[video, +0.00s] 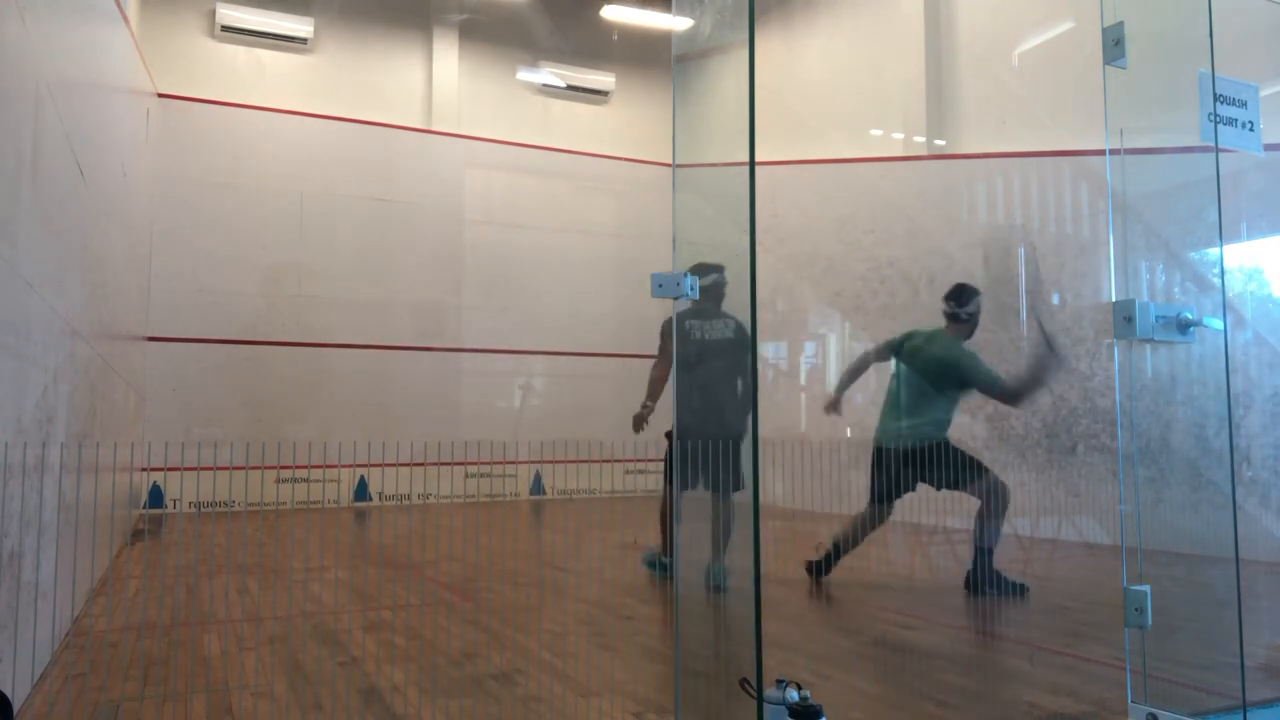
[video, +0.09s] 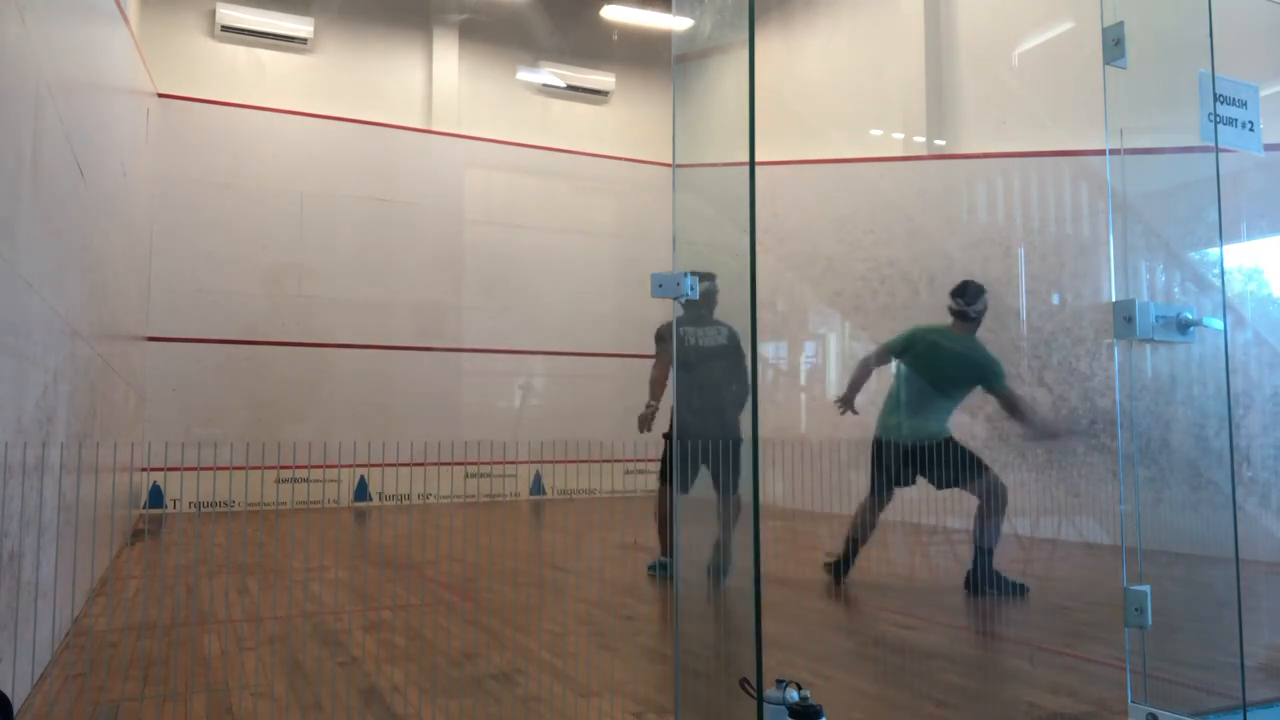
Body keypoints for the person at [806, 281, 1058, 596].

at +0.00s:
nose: (978, 323)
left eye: (976, 316)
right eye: (977, 317)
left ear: (946, 313)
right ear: (973, 319)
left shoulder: (913, 339)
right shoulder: (959, 357)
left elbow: (868, 357)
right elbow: (1012, 396)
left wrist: (837, 394)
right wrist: (1044, 367)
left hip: (889, 448)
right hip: (927, 450)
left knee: (877, 512)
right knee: (996, 494)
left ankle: (823, 562)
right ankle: (982, 573)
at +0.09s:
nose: (984, 312)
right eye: (984, 308)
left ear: (951, 308)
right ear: (982, 313)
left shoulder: (918, 336)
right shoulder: (981, 360)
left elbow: (869, 361)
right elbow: (1014, 408)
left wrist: (849, 395)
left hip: (889, 441)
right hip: (932, 444)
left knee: (876, 497)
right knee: (994, 492)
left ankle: (843, 563)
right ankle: (982, 573)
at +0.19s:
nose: (948, 303)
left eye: (947, 298)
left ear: (945, 301)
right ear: (975, 307)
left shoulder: (917, 329)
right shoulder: (979, 350)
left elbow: (867, 355)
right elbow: (973, 407)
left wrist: (848, 396)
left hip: (894, 437)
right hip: (941, 439)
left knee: (872, 492)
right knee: (994, 492)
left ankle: (856, 563)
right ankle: (986, 572)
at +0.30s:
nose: (927, 294)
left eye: (927, 288)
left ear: (926, 292)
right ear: (957, 297)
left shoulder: (905, 323)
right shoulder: (967, 339)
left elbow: (867, 348)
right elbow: (957, 388)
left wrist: (845, 393)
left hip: (893, 433)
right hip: (940, 434)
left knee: (867, 491)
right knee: (987, 491)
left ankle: (870, 565)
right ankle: (990, 574)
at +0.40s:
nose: (896, 283)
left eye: (899, 279)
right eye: (901, 277)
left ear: (903, 284)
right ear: (932, 288)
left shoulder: (888, 315)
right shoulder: (944, 329)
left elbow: (860, 344)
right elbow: (938, 379)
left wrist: (843, 390)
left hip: (881, 426)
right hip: (927, 427)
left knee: (867, 499)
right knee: (962, 493)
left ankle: (888, 572)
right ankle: (985, 573)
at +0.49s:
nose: (867, 281)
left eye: (870, 276)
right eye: (870, 275)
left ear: (878, 281)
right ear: (902, 284)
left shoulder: (868, 311)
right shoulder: (919, 326)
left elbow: (848, 345)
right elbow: (920, 383)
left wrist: (834, 390)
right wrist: (906, 417)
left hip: (868, 428)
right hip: (909, 429)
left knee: (866, 502)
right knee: (933, 496)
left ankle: (888, 575)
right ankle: (968, 567)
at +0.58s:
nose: (841, 283)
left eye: (845, 277)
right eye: (844, 276)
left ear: (852, 280)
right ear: (878, 284)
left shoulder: (843, 315)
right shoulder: (897, 324)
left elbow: (826, 360)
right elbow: (908, 383)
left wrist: (815, 398)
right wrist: (912, 427)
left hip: (855, 423)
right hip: (893, 424)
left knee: (863, 501)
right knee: (894, 496)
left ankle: (887, 570)